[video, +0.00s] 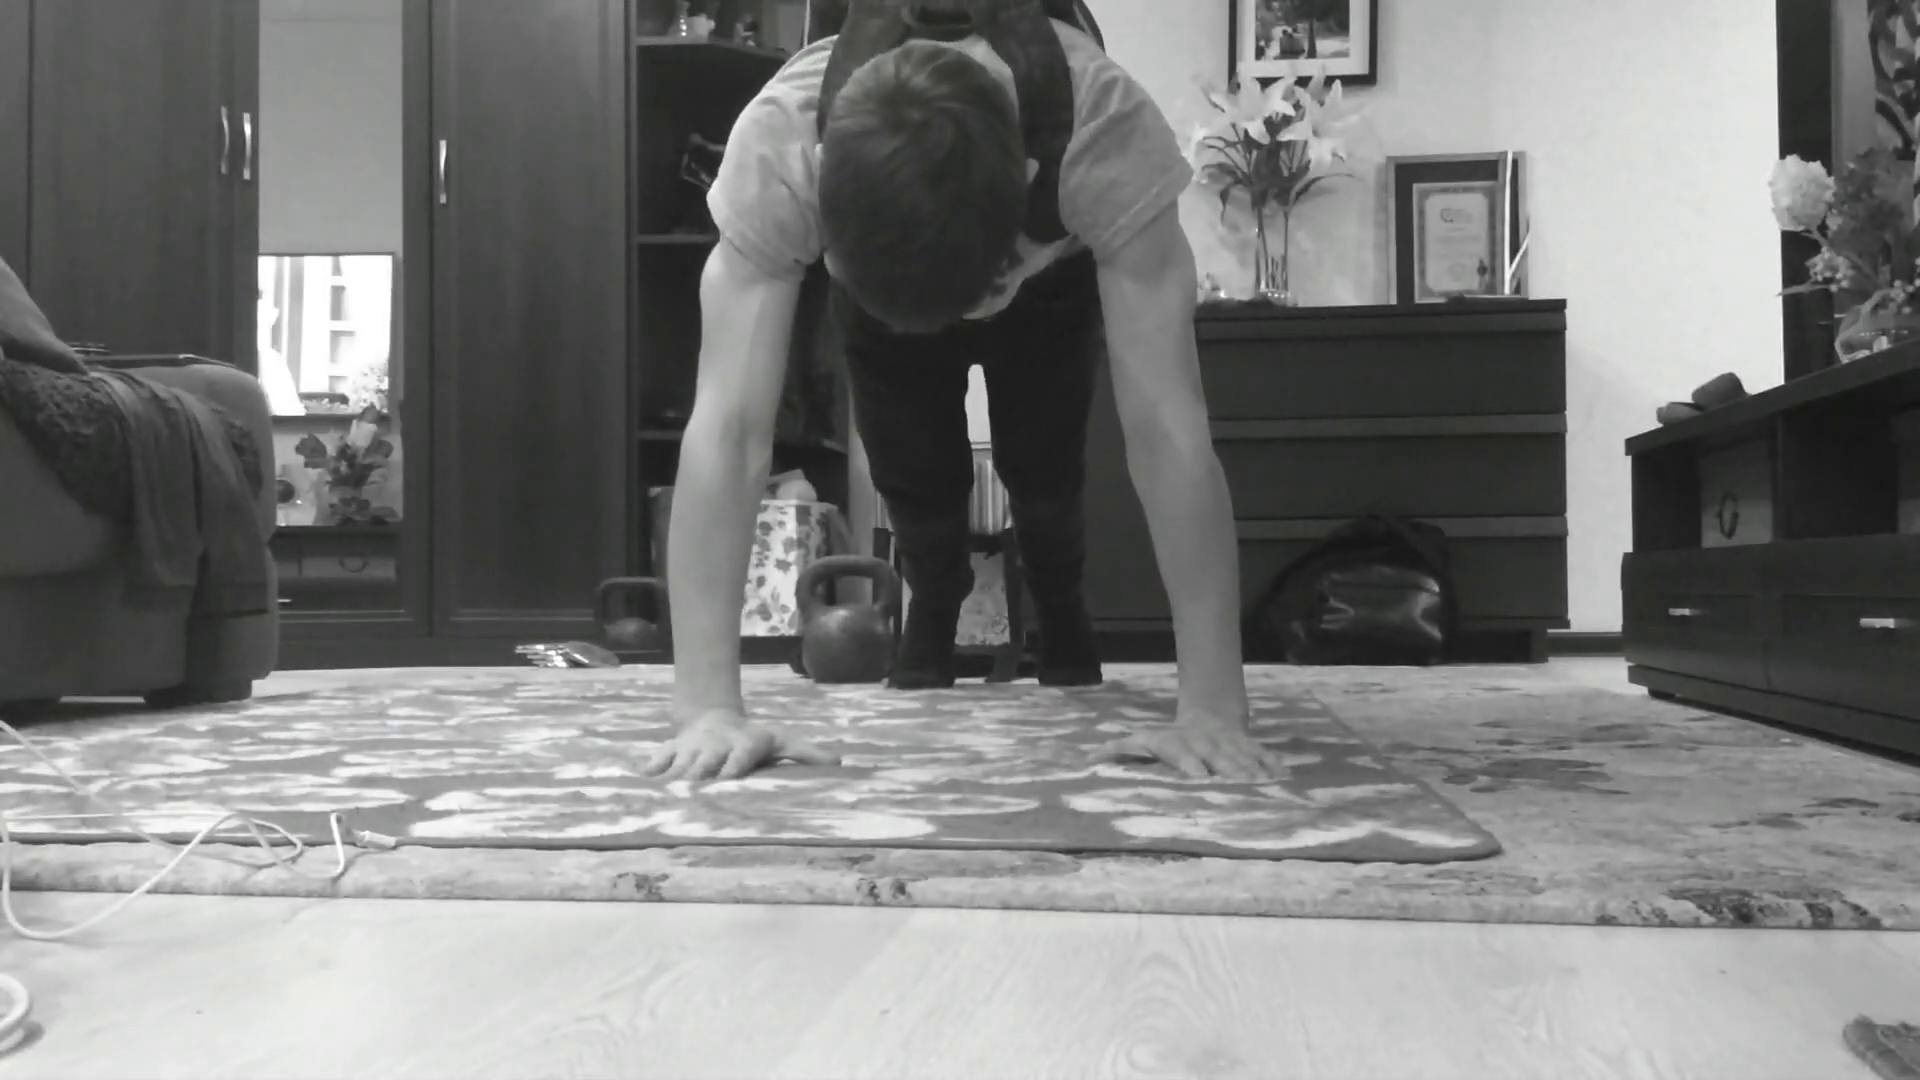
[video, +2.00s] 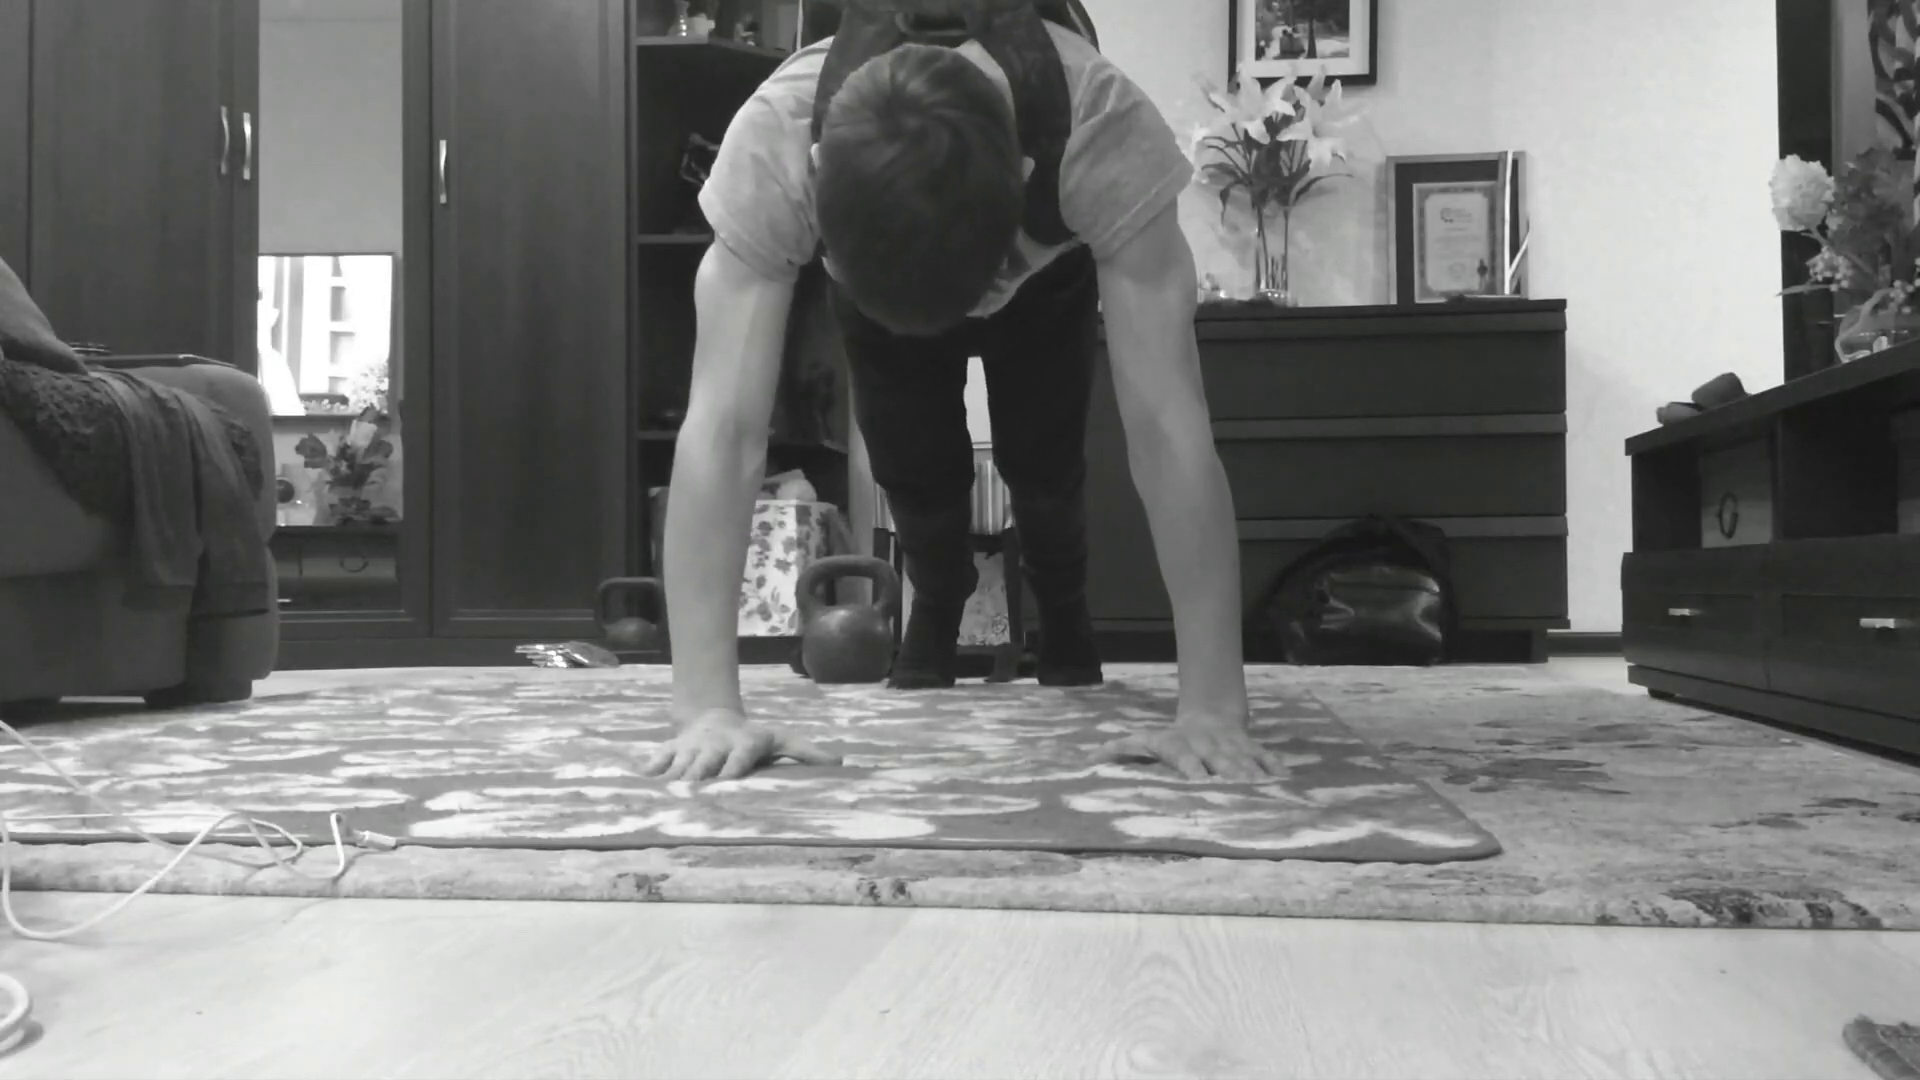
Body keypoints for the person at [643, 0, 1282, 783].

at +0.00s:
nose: (944, 334)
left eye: (973, 303)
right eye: (901, 319)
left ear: (1028, 191)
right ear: (831, 200)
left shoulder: (1115, 146)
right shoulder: (776, 156)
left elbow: (1171, 438)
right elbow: (726, 432)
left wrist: (1214, 712)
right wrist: (708, 709)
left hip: (1048, 261)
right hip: (871, 270)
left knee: (1043, 475)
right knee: (911, 479)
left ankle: (1055, 623)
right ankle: (931, 608)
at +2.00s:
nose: (929, 333)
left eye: (963, 300)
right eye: (892, 318)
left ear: (1020, 190)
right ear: (823, 188)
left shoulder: (1112, 145)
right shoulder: (770, 157)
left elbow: (1171, 435)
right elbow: (721, 433)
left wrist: (1212, 708)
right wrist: (708, 708)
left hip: (1042, 254)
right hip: (868, 267)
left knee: (1043, 470)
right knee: (912, 474)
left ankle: (1059, 621)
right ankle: (934, 604)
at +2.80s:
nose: (932, 246)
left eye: (957, 208)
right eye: (893, 215)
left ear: (1021, 122)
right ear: (834, 145)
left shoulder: (1113, 144)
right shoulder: (775, 156)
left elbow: (1176, 436)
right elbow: (721, 436)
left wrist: (1216, 714)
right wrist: (707, 709)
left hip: (1044, 273)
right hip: (874, 282)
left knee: (1034, 485)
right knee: (908, 488)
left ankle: (1043, 645)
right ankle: (929, 608)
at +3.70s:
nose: (912, 132)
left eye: (952, 87)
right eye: (874, 87)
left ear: (1022, 42)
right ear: (834, 51)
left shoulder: (1108, 132)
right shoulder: (780, 137)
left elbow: (1175, 439)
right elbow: (722, 432)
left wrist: (1214, 710)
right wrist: (709, 711)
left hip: (1045, 332)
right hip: (880, 340)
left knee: (1045, 525)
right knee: (900, 531)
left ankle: (1066, 697)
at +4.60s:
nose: (916, 238)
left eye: (948, 202)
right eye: (880, 202)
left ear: (1013, 130)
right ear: (832, 143)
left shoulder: (1102, 163)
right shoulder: (768, 174)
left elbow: (1227, 446)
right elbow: (703, 447)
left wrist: (1217, 718)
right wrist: (708, 708)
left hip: (1045, 372)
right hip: (874, 378)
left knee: (1043, 544)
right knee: (903, 547)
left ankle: (1054, 606)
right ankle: (918, 605)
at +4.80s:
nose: (927, 359)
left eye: (959, 326)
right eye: (889, 329)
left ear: (1021, 229)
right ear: (832, 236)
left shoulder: (1107, 228)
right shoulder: (763, 234)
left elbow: (1278, 458)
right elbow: (674, 457)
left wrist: (1224, 710)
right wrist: (705, 705)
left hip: (1046, 439)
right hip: (877, 449)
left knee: (1043, 565)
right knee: (909, 579)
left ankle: (1051, 624)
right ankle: (917, 626)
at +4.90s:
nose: (930, 401)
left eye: (962, 363)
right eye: (894, 367)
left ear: (1030, 273)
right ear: (836, 275)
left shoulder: (1107, 253)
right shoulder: (765, 264)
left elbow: (1295, 460)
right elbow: (662, 465)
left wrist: (1228, 707)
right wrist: (705, 708)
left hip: (1047, 468)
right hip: (880, 481)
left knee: (1043, 566)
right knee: (909, 585)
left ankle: (1048, 616)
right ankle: (915, 626)